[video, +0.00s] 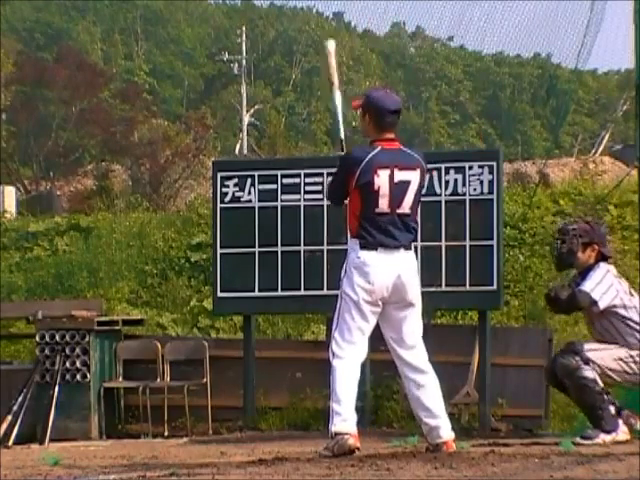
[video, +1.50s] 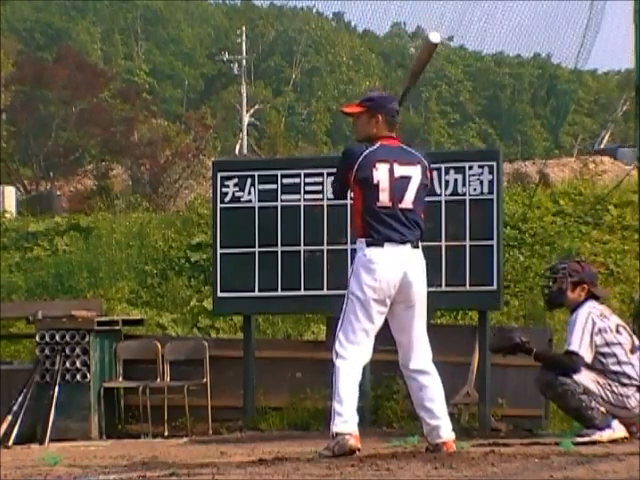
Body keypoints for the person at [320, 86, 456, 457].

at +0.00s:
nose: (361, 119)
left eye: (363, 115)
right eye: (362, 114)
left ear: (369, 119)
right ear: (396, 119)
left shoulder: (357, 160)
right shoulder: (416, 162)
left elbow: (335, 196)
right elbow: (395, 192)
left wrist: (346, 163)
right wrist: (362, 165)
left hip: (367, 263)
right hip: (406, 263)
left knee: (347, 348)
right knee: (412, 350)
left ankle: (343, 431)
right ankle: (441, 433)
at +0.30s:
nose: (365, 119)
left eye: (366, 114)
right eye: (366, 113)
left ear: (374, 119)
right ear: (400, 119)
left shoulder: (358, 160)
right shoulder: (418, 163)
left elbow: (336, 208)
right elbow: (409, 209)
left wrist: (344, 180)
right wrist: (358, 185)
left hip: (367, 263)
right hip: (406, 263)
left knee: (348, 346)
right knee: (411, 349)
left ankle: (343, 431)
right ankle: (441, 433)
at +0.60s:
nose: (361, 121)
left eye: (366, 115)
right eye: (362, 115)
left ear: (384, 118)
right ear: (394, 120)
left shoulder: (363, 161)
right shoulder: (426, 161)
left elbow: (323, 199)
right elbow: (432, 206)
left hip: (374, 262)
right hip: (413, 262)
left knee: (352, 347)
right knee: (416, 352)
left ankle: (343, 430)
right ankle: (442, 435)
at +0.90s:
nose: (357, 123)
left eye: (362, 118)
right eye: (358, 117)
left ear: (381, 120)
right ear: (390, 122)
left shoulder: (359, 159)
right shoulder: (421, 160)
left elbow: (352, 203)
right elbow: (420, 205)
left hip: (375, 261)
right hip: (414, 262)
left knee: (351, 348)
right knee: (417, 354)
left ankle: (343, 431)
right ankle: (442, 435)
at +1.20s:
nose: (358, 123)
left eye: (363, 117)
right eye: (359, 117)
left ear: (381, 120)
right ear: (393, 121)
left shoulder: (360, 155)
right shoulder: (424, 157)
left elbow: (339, 189)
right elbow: (443, 178)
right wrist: (415, 142)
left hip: (379, 260)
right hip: (418, 261)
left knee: (354, 347)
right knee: (420, 353)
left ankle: (343, 428)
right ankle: (442, 435)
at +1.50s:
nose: (354, 124)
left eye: (359, 118)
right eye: (355, 118)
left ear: (377, 121)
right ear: (389, 123)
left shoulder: (357, 154)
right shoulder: (419, 159)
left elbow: (339, 191)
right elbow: (424, 199)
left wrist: (373, 158)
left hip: (376, 260)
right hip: (414, 261)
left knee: (351, 348)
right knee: (417, 353)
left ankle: (344, 432)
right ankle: (442, 435)